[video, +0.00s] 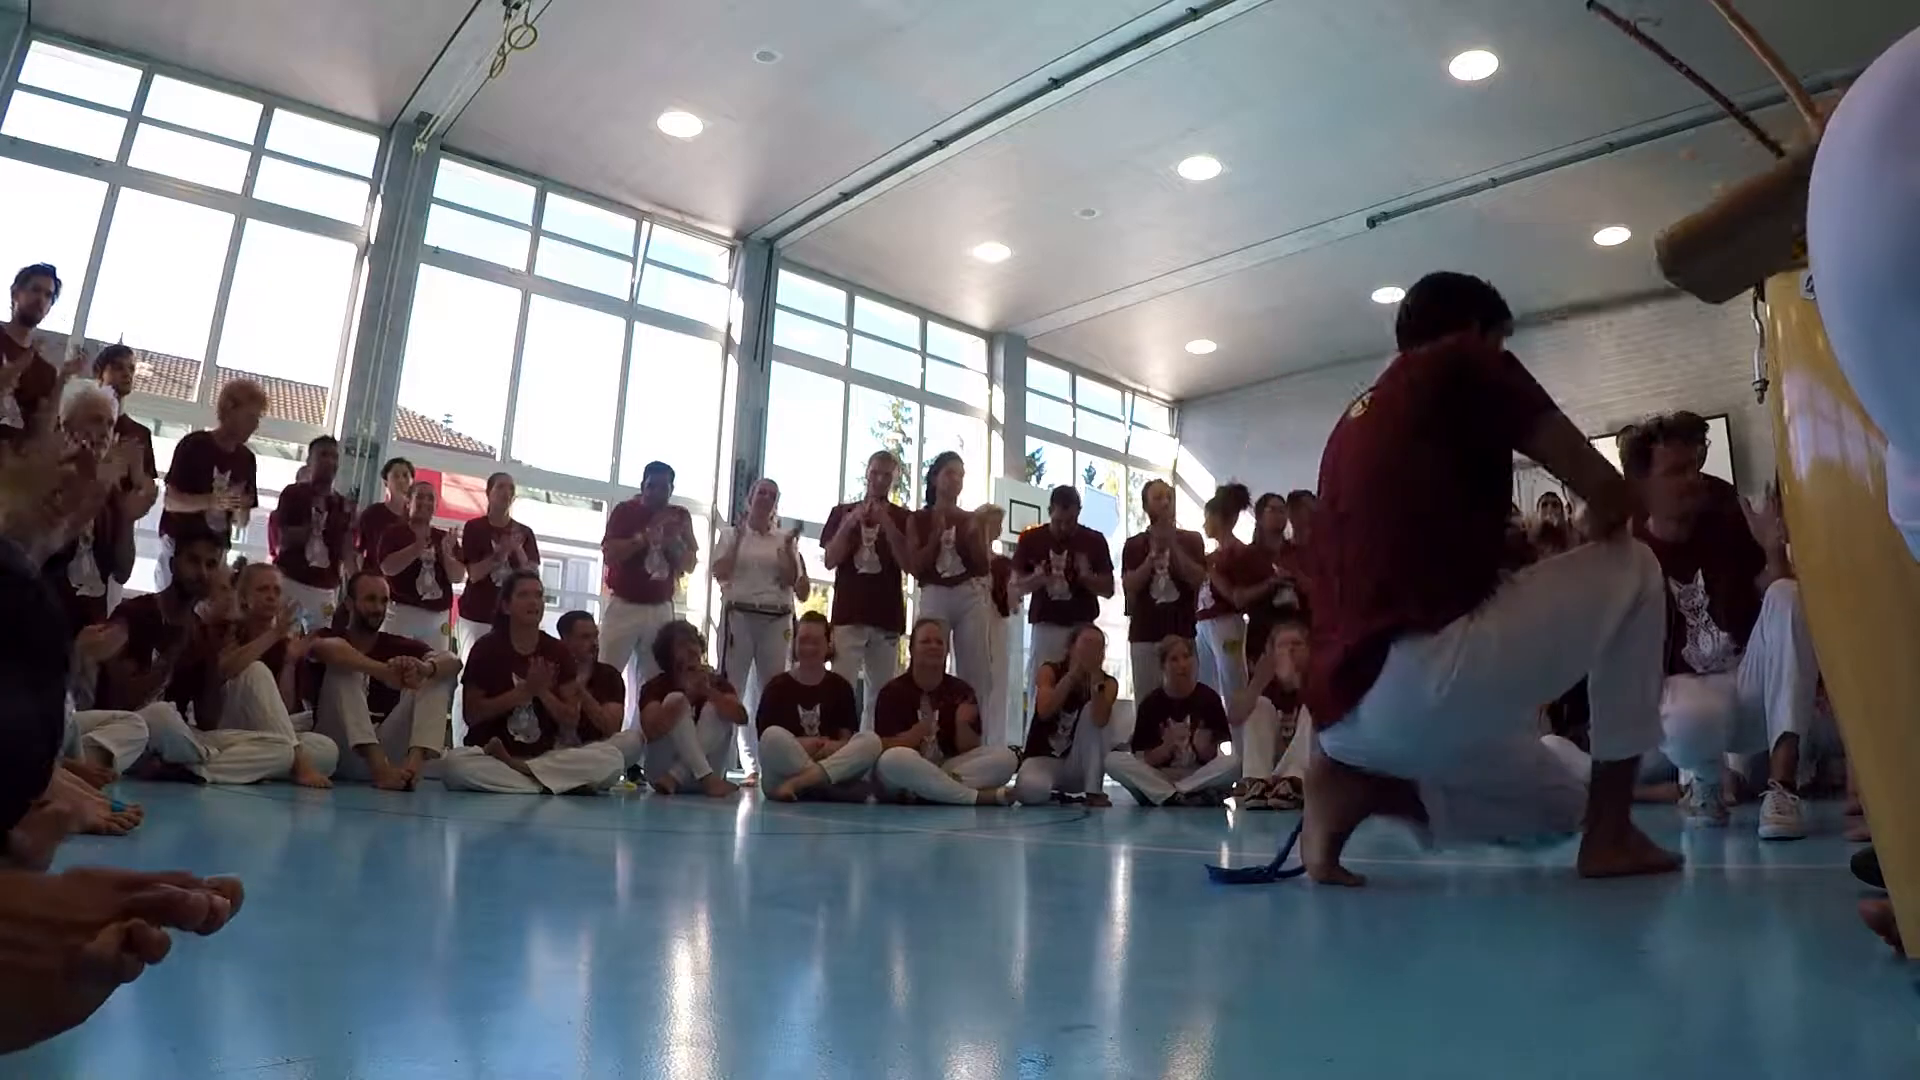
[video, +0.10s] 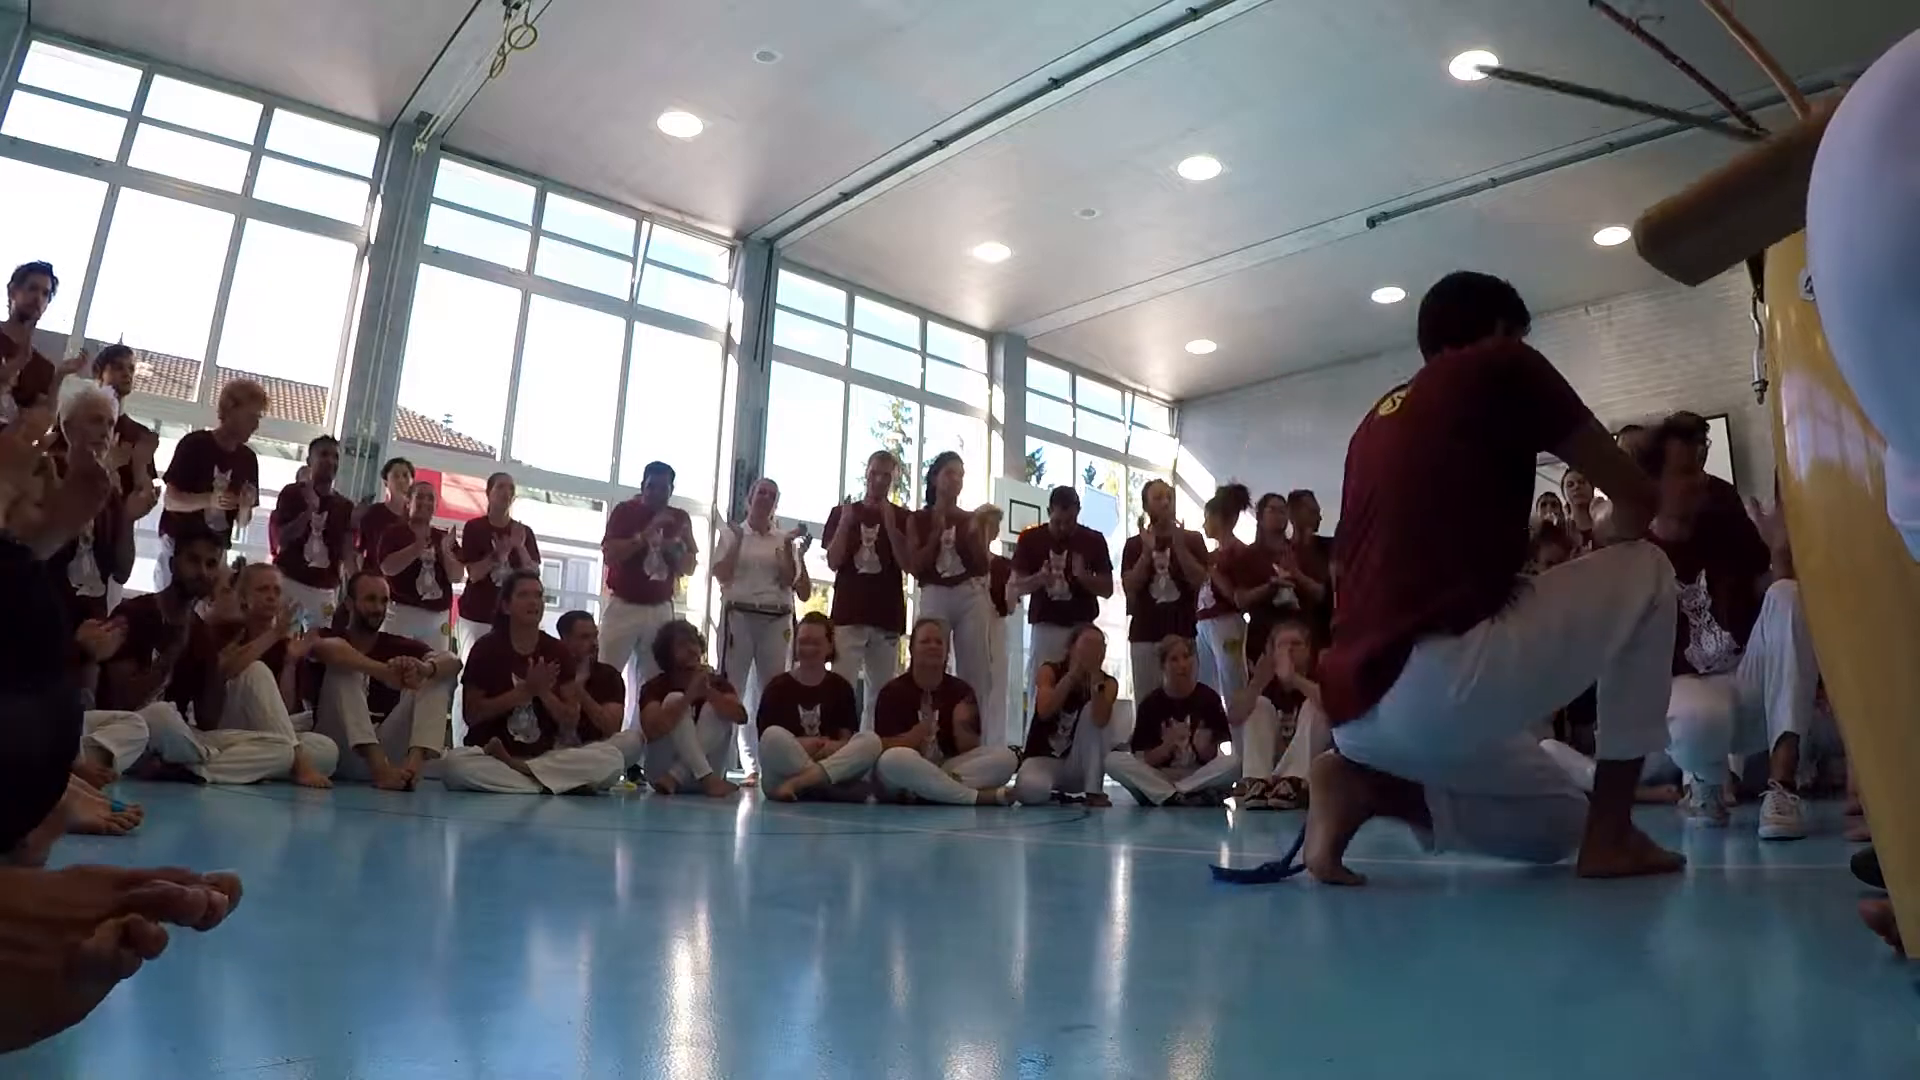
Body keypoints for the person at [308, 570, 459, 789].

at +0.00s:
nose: (379, 608)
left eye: (384, 601)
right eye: (370, 600)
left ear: (389, 604)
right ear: (349, 603)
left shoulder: (395, 644)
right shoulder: (327, 637)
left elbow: (454, 662)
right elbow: (324, 649)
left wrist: (427, 668)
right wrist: (386, 672)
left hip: (386, 754)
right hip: (336, 752)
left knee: (438, 673)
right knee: (343, 662)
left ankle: (415, 763)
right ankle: (379, 766)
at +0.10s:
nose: (379, 608)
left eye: (384, 601)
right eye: (370, 600)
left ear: (389, 604)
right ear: (349, 603)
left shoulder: (395, 644)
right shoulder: (326, 636)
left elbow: (453, 662)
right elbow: (325, 649)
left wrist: (428, 668)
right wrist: (384, 672)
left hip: (386, 754)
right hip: (336, 751)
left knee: (438, 674)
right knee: (343, 663)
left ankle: (414, 763)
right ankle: (379, 766)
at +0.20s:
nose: (380, 608)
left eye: (384, 601)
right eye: (371, 600)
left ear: (389, 603)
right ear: (350, 603)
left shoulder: (394, 643)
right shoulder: (326, 637)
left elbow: (454, 661)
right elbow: (319, 649)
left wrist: (426, 668)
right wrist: (383, 672)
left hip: (386, 752)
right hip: (336, 750)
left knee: (437, 673)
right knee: (342, 662)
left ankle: (414, 763)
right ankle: (379, 766)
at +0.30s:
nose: (380, 607)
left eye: (384, 600)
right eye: (371, 599)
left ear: (389, 603)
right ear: (350, 602)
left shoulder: (394, 643)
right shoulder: (328, 637)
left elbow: (454, 662)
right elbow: (319, 648)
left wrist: (426, 668)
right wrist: (383, 671)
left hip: (386, 752)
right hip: (336, 749)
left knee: (438, 673)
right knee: (342, 662)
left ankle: (414, 764)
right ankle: (379, 766)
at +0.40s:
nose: (380, 607)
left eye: (384, 601)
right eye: (371, 600)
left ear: (389, 603)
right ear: (350, 602)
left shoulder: (393, 643)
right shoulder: (328, 637)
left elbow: (454, 661)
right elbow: (320, 648)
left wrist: (427, 668)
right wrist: (383, 671)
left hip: (386, 752)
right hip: (335, 750)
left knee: (438, 673)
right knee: (342, 663)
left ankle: (414, 763)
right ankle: (379, 766)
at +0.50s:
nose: (380, 607)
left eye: (384, 600)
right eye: (371, 599)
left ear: (389, 603)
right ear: (350, 602)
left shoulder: (394, 643)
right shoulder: (329, 636)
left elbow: (454, 662)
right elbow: (317, 648)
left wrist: (427, 668)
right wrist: (383, 671)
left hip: (386, 752)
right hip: (336, 750)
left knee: (438, 673)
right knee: (342, 663)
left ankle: (414, 764)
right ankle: (379, 766)